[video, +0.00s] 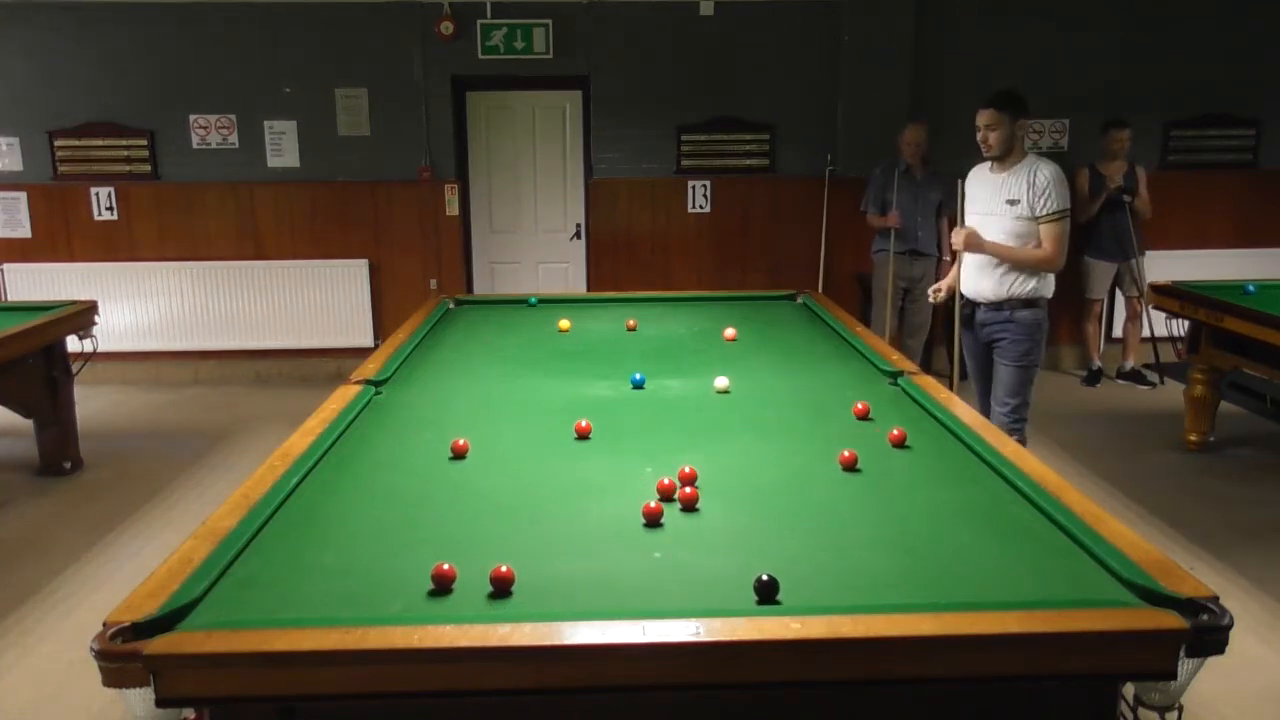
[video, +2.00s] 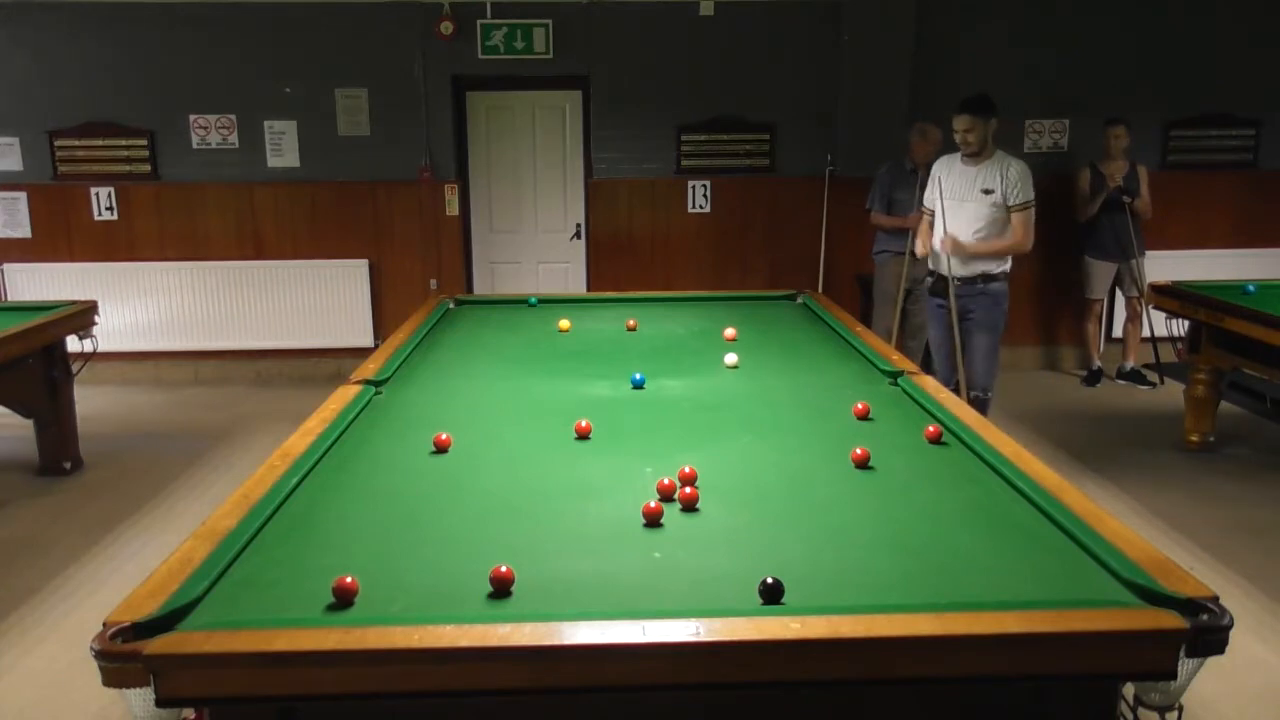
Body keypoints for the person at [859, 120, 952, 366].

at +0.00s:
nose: (914, 149)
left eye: (919, 144)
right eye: (909, 144)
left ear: (926, 146)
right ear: (900, 144)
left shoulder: (935, 178)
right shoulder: (885, 174)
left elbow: (943, 220)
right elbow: (871, 218)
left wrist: (946, 257)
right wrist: (885, 222)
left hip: (926, 259)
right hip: (890, 257)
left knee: (917, 330)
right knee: (884, 325)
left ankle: (908, 384)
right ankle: (878, 381)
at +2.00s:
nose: (934, 152)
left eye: (936, 147)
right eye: (930, 146)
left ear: (937, 149)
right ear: (915, 143)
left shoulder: (935, 177)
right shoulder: (891, 172)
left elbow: (942, 216)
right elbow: (875, 217)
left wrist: (928, 224)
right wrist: (906, 222)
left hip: (924, 259)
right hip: (892, 257)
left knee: (917, 331)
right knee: (885, 326)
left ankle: (908, 386)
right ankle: (877, 382)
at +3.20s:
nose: (917, 152)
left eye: (922, 147)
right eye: (913, 146)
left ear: (928, 149)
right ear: (904, 147)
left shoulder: (935, 179)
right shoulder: (888, 175)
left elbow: (944, 218)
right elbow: (865, 213)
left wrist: (932, 248)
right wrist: (877, 248)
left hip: (923, 261)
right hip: (889, 260)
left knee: (915, 330)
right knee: (883, 326)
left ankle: (912, 385)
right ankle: (879, 381)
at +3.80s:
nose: (880, 152)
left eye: (885, 147)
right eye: (876, 147)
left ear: (893, 148)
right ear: (868, 148)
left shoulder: (903, 176)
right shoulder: (856, 175)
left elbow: (915, 218)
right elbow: (838, 216)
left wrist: (908, 248)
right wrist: (846, 258)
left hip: (897, 259)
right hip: (864, 259)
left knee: (897, 322)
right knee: (865, 323)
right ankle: (862, 373)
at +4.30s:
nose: (844, 168)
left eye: (850, 163)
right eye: (839, 163)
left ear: (862, 157)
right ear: (834, 160)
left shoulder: (884, 178)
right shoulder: (835, 181)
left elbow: (904, 214)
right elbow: (826, 223)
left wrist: (881, 239)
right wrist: (819, 261)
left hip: (878, 257)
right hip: (847, 259)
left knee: (877, 317)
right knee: (850, 315)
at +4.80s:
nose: (806, 172)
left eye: (811, 166)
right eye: (803, 167)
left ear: (826, 159)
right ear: (800, 163)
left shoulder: (854, 179)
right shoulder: (811, 181)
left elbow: (873, 224)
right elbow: (813, 223)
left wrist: (839, 249)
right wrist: (807, 256)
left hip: (850, 268)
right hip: (821, 266)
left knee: (849, 328)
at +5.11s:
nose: (768, 173)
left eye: (772, 167)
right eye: (765, 168)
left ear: (788, 160)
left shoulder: (818, 179)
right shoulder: (782, 186)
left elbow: (837, 226)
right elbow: (794, 232)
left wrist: (809, 262)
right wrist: (787, 264)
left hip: (826, 268)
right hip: (799, 267)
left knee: (829, 329)